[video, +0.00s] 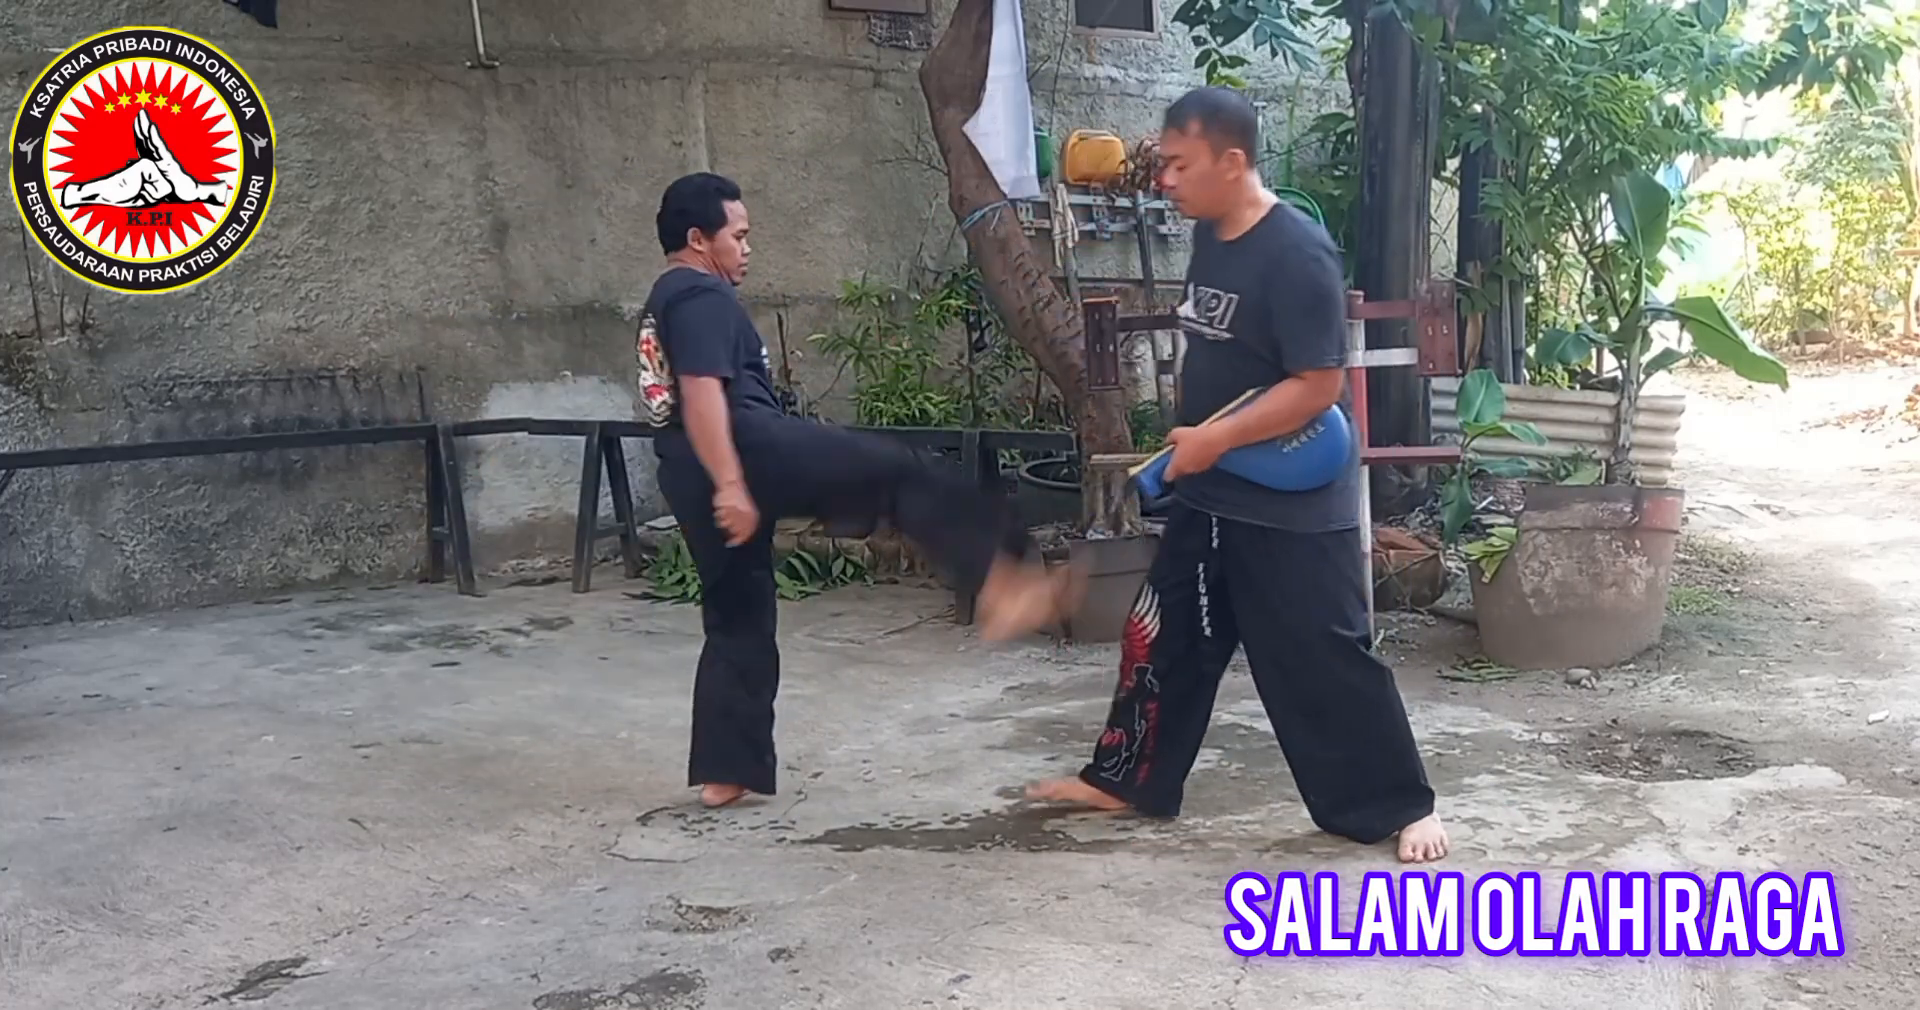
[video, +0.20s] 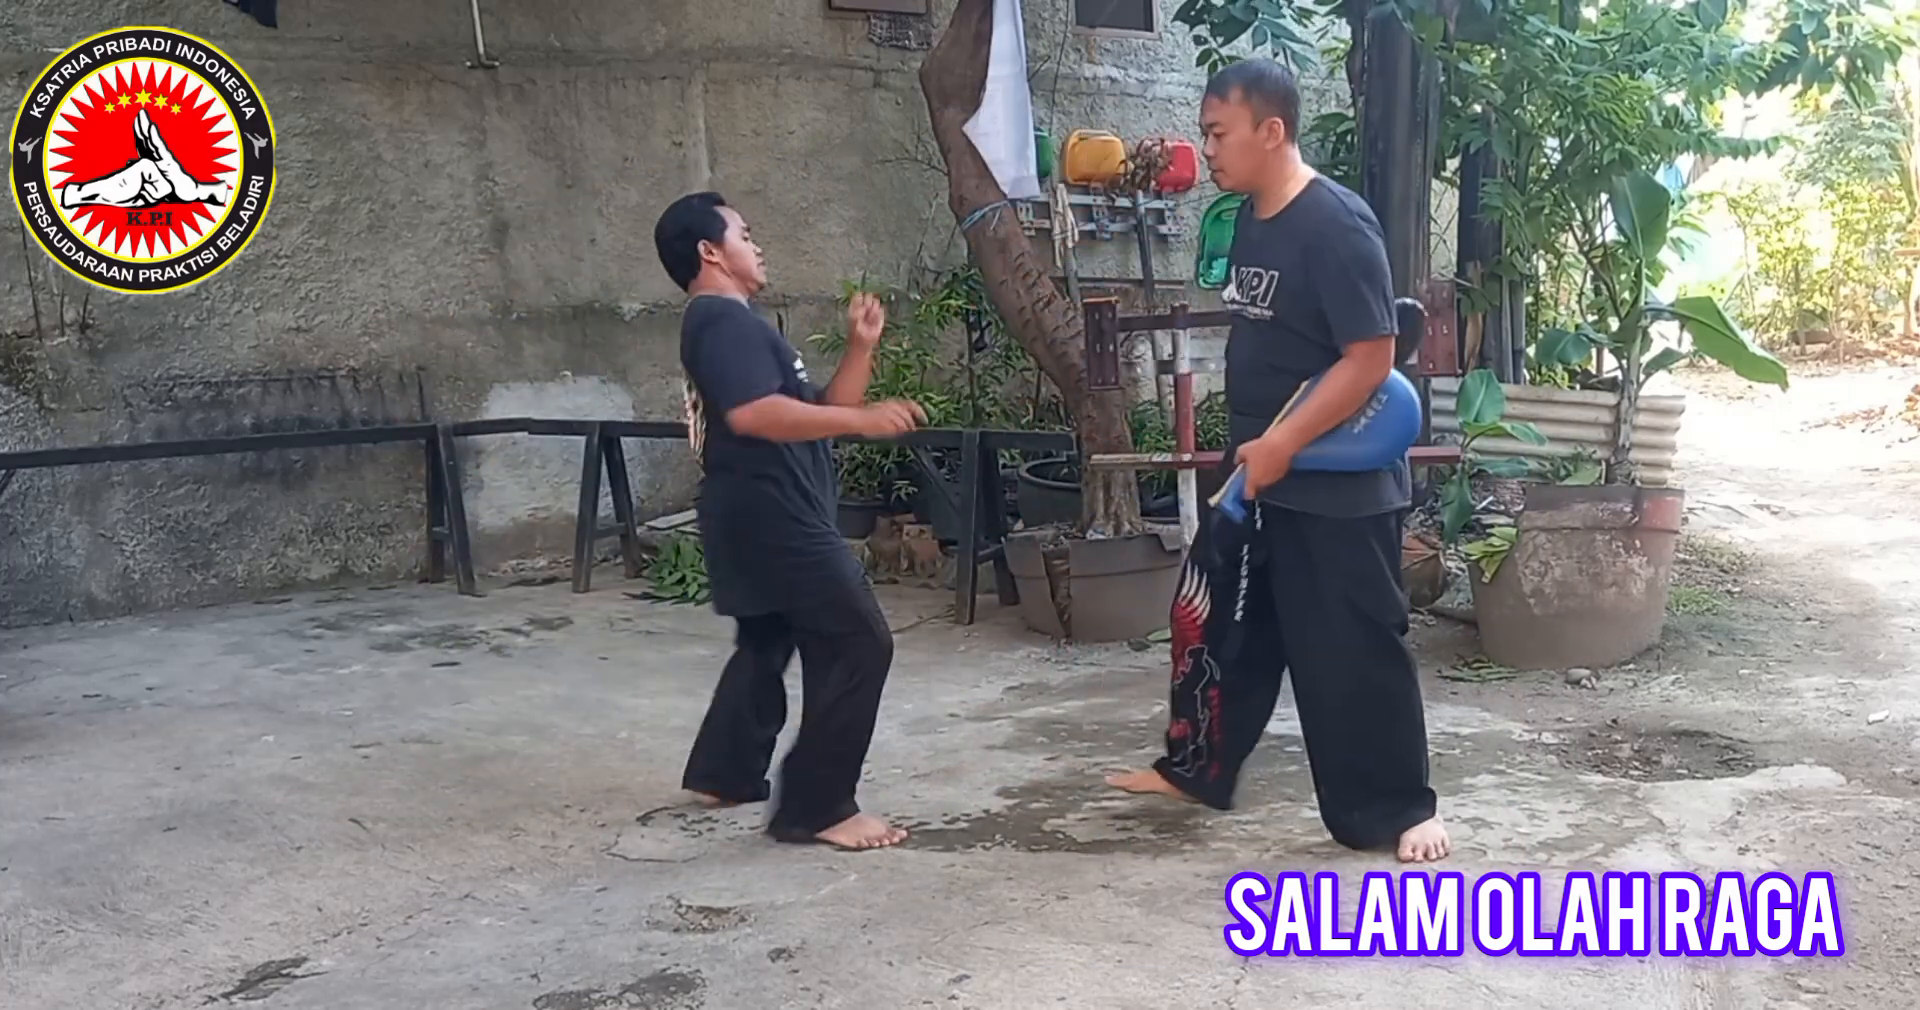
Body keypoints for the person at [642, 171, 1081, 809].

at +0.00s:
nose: (747, 246)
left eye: (746, 233)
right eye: (737, 234)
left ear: (691, 241)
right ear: (697, 238)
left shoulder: (670, 295)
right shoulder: (701, 294)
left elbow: (691, 399)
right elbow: (701, 394)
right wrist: (729, 483)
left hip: (693, 466)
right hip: (737, 451)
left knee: (738, 617)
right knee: (897, 469)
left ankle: (726, 774)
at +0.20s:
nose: (757, 248)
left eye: (750, 235)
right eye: (745, 236)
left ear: (710, 255)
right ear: (712, 252)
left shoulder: (738, 321)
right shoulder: (720, 318)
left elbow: (824, 415)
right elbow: (753, 413)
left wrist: (860, 349)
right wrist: (858, 419)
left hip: (758, 518)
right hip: (777, 519)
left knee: (768, 639)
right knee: (861, 643)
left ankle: (721, 772)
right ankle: (818, 808)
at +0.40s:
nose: (773, 214)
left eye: (768, 202)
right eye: (757, 204)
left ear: (732, 228)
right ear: (713, 228)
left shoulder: (799, 306)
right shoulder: (686, 325)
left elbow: (872, 382)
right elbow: (690, 438)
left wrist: (916, 372)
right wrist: (788, 440)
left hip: (846, 496)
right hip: (776, 515)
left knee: (898, 593)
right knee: (839, 645)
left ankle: (810, 717)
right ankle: (836, 814)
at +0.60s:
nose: (781, 215)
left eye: (779, 201)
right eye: (765, 204)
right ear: (717, 222)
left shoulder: (802, 297)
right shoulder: (681, 324)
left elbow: (869, 371)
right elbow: (688, 439)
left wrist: (913, 395)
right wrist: (783, 474)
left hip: (855, 473)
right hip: (775, 510)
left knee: (959, 524)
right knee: (824, 652)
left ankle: (884, 641)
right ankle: (833, 815)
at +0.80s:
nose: (773, 192)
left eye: (768, 180)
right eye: (754, 183)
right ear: (710, 211)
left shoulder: (800, 278)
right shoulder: (695, 308)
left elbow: (892, 284)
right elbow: (702, 429)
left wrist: (901, 315)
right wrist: (769, 512)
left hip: (840, 471)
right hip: (766, 505)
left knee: (938, 533)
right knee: (806, 660)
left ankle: (845, 654)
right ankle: (830, 815)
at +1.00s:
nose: (759, 228)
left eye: (761, 213)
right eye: (743, 218)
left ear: (764, 216)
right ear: (693, 232)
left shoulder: (780, 305)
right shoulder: (662, 326)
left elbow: (843, 408)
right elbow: (651, 440)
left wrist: (824, 347)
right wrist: (698, 527)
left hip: (810, 525)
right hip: (743, 537)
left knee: (791, 659)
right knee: (791, 672)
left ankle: (705, 748)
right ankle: (827, 814)